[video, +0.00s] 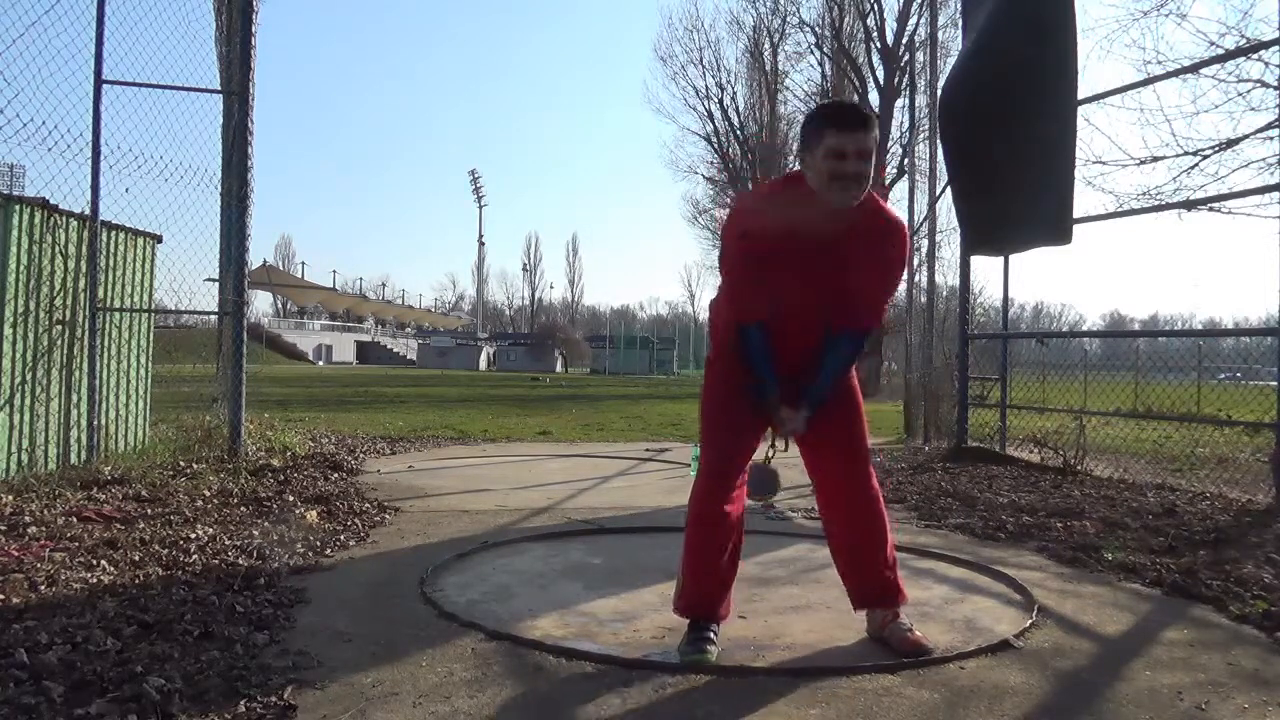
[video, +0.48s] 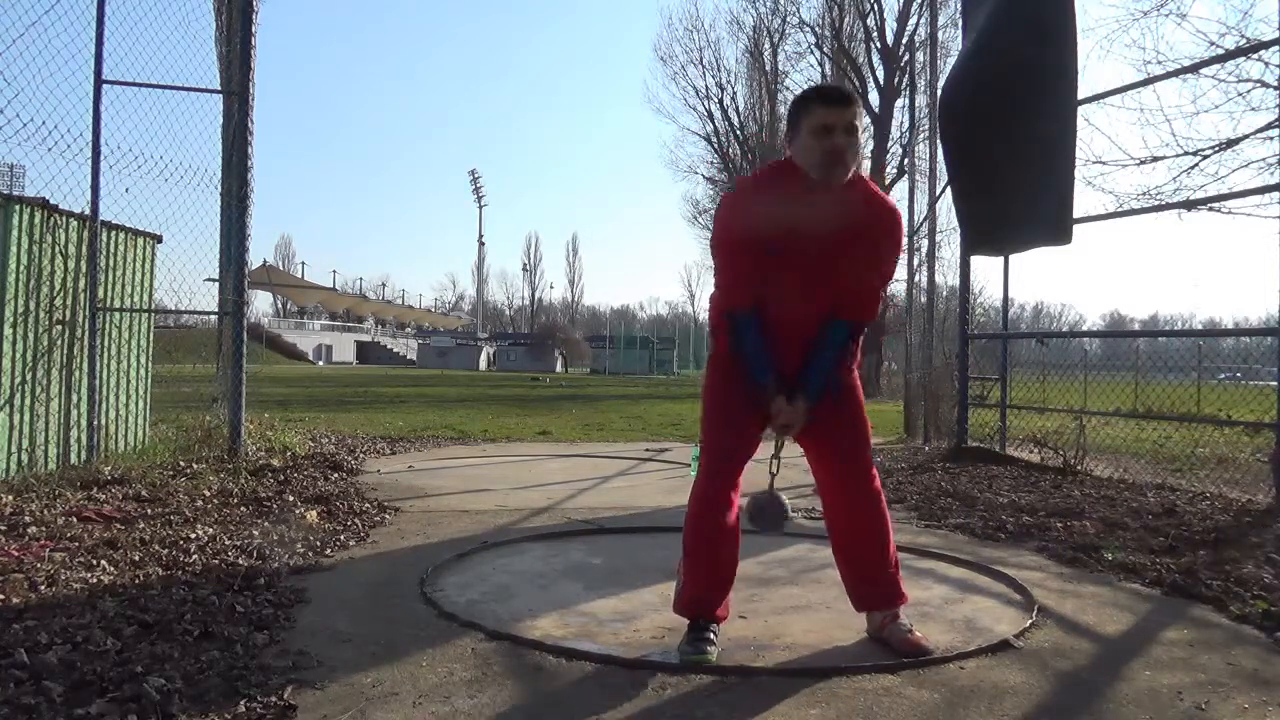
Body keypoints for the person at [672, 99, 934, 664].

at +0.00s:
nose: (849, 167)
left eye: (861, 156)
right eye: (836, 155)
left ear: (874, 161)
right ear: (805, 155)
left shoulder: (885, 232)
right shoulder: (755, 213)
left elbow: (855, 331)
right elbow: (747, 314)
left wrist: (809, 401)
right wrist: (770, 392)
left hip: (825, 364)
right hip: (745, 355)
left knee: (854, 480)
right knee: (719, 481)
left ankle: (885, 613)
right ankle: (703, 619)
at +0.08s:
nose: (857, 202)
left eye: (869, 188)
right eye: (843, 188)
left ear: (881, 188)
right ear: (811, 183)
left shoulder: (890, 255)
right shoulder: (757, 229)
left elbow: (852, 342)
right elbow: (737, 328)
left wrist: (804, 403)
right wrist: (764, 399)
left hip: (824, 366)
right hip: (742, 355)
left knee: (852, 480)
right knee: (716, 481)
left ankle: (884, 614)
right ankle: (703, 618)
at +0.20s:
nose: (858, 220)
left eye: (870, 206)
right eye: (843, 207)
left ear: (882, 202)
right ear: (809, 199)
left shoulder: (891, 266)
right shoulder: (756, 239)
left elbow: (854, 348)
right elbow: (738, 332)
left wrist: (803, 403)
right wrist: (764, 400)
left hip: (824, 368)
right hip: (742, 357)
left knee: (851, 482)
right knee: (717, 484)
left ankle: (884, 613)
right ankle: (701, 617)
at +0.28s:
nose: (853, 209)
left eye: (865, 196)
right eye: (838, 196)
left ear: (879, 194)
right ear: (806, 190)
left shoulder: (890, 260)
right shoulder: (755, 232)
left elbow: (854, 347)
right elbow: (736, 326)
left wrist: (804, 404)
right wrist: (762, 399)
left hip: (824, 368)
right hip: (742, 358)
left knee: (852, 483)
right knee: (716, 484)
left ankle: (884, 614)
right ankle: (701, 617)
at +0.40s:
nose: (847, 170)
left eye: (859, 157)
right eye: (831, 157)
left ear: (870, 160)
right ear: (797, 159)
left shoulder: (884, 233)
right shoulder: (751, 213)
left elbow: (855, 331)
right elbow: (737, 313)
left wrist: (807, 402)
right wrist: (764, 394)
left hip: (826, 364)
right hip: (743, 355)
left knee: (856, 480)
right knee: (717, 478)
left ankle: (885, 614)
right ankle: (702, 619)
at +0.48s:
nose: (839, 143)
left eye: (850, 131)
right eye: (823, 131)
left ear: (862, 140)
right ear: (791, 140)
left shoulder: (877, 215)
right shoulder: (745, 201)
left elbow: (854, 315)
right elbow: (737, 302)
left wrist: (809, 391)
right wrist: (766, 384)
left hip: (827, 359)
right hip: (746, 351)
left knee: (855, 478)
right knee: (717, 478)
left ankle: (885, 615)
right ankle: (702, 619)